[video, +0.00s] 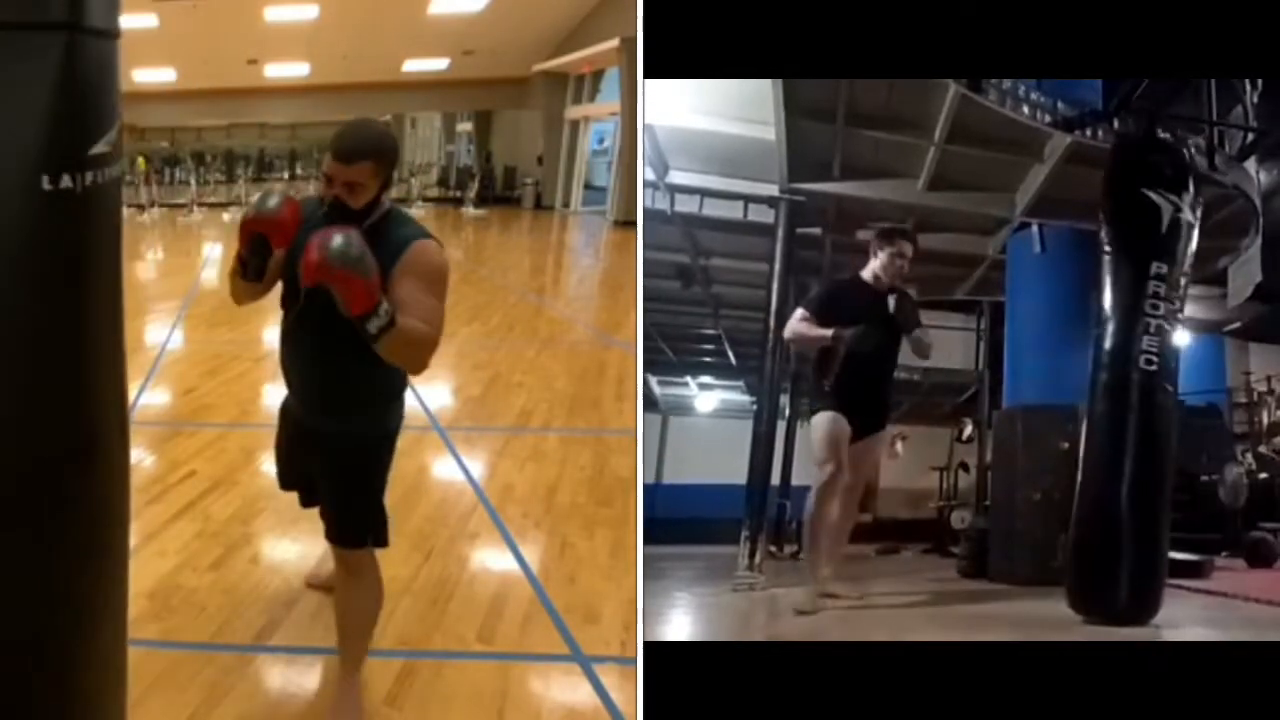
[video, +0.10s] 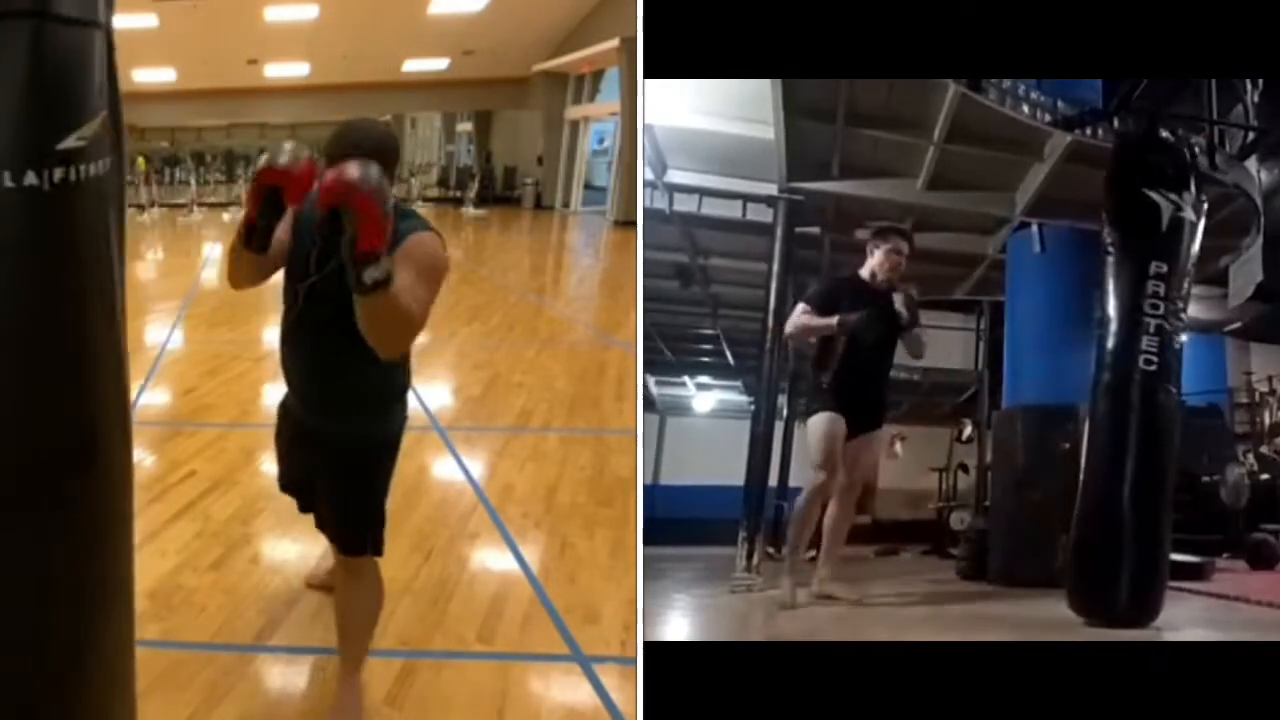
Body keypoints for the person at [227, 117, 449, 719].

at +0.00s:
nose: (338, 197)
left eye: (354, 189)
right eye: (332, 183)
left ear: (386, 183)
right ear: (323, 170)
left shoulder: (416, 253)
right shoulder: (304, 219)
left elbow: (417, 356)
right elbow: (245, 294)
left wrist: (368, 306)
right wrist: (253, 247)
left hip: (363, 418)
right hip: (305, 401)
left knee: (353, 554)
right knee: (325, 494)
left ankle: (347, 686)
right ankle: (345, 566)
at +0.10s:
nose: (344, 186)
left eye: (358, 175)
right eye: (335, 173)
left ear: (385, 178)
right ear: (322, 175)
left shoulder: (417, 244)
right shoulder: (305, 219)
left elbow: (393, 340)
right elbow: (241, 276)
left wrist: (369, 258)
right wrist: (258, 217)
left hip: (365, 420)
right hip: (305, 402)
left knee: (354, 553)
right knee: (321, 495)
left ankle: (349, 684)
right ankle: (345, 565)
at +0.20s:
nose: (342, 174)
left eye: (357, 162)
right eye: (336, 160)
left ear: (386, 174)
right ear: (320, 168)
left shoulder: (415, 239)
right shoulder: (304, 206)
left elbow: (380, 327)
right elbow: (241, 268)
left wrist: (365, 226)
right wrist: (260, 197)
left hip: (365, 421)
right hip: (303, 401)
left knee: (354, 557)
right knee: (311, 490)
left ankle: (349, 683)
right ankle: (340, 560)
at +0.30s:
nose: (326, 185)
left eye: (341, 174)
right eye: (320, 174)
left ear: (373, 176)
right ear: (311, 175)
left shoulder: (412, 242)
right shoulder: (300, 217)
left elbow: (385, 338)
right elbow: (238, 276)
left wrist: (361, 245)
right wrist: (255, 208)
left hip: (363, 424)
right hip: (300, 401)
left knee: (353, 559)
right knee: (291, 480)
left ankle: (348, 686)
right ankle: (324, 557)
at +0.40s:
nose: (316, 199)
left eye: (331, 189)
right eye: (307, 185)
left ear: (365, 180)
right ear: (298, 172)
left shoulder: (405, 242)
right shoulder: (292, 222)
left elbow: (406, 352)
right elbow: (233, 290)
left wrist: (353, 291)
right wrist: (238, 242)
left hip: (362, 423)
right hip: (297, 403)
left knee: (352, 556)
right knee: (290, 487)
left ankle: (348, 684)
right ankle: (306, 571)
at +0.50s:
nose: (311, 199)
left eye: (324, 189)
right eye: (301, 186)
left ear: (355, 175)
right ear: (291, 173)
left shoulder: (396, 240)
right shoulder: (280, 220)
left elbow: (418, 342)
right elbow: (228, 299)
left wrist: (360, 302)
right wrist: (232, 255)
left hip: (358, 425)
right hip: (292, 408)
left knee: (349, 557)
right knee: (290, 496)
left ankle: (348, 684)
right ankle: (306, 578)